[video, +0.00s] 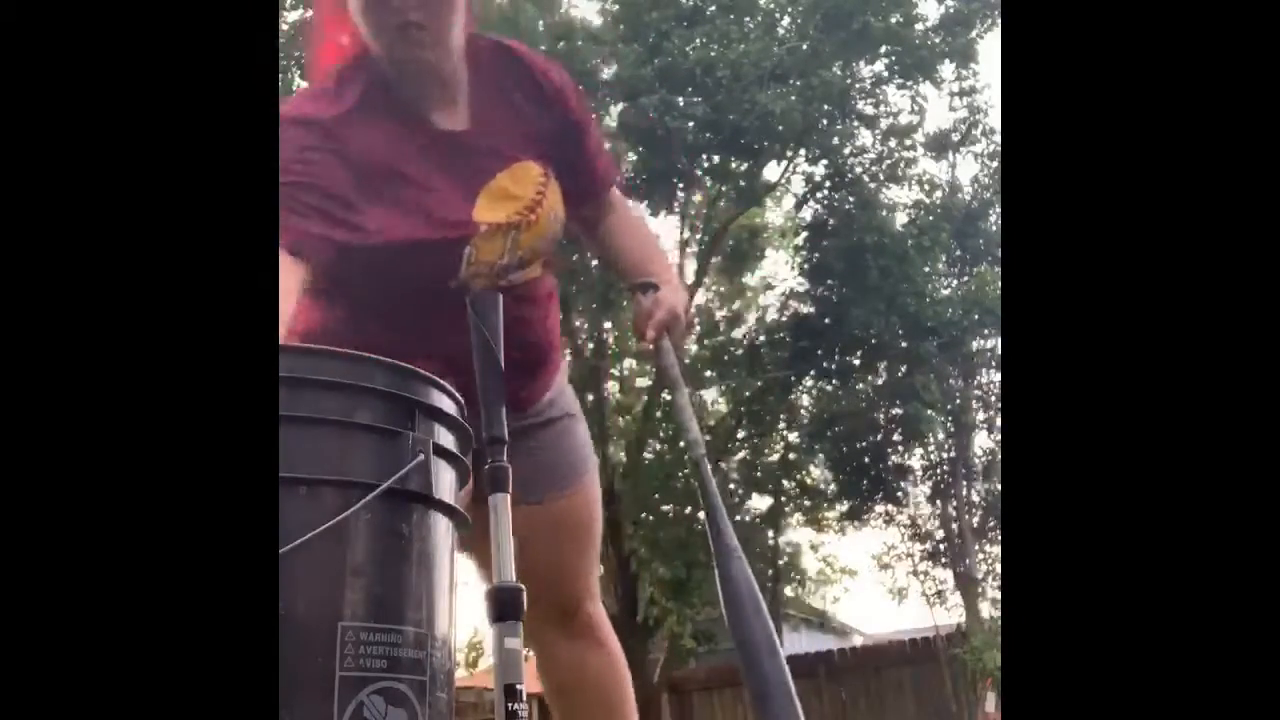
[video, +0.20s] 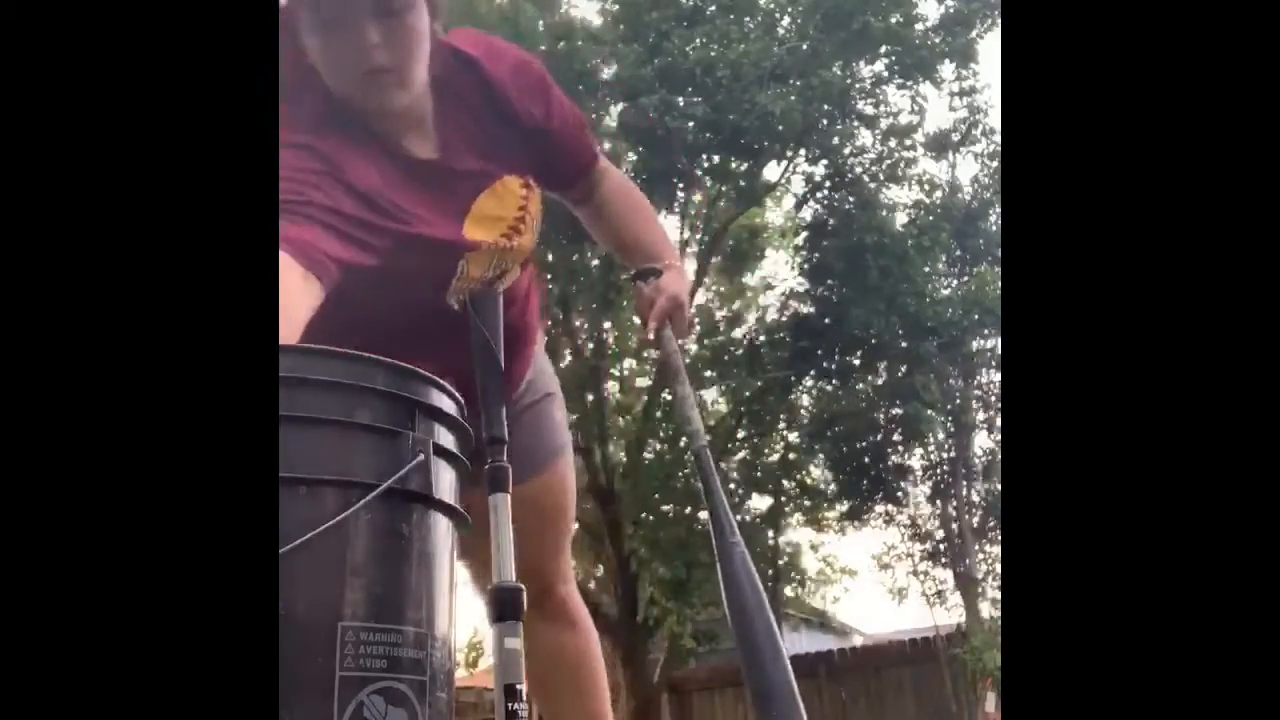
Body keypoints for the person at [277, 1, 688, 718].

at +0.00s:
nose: (410, 7)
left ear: (467, 3)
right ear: (353, 11)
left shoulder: (532, 87)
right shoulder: (310, 130)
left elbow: (601, 207)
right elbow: (285, 275)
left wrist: (660, 278)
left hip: (524, 403)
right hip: (370, 413)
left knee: (574, 617)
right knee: (357, 638)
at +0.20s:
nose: (373, 38)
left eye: (392, 8)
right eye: (337, 16)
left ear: (429, 10)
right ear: (300, 34)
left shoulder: (496, 76)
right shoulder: (309, 156)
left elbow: (591, 184)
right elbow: (283, 296)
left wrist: (663, 264)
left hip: (505, 378)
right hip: (366, 396)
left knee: (547, 593)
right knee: (340, 609)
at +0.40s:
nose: (384, 48)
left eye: (401, 17)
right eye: (347, 29)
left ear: (438, 17)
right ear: (311, 55)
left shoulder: (501, 81)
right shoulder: (313, 166)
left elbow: (590, 186)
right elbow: (285, 289)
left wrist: (665, 265)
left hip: (507, 382)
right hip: (367, 402)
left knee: (555, 595)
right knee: (344, 614)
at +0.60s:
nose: (423, 21)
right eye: (393, 6)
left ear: (474, 3)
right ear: (354, 24)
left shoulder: (535, 92)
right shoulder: (306, 132)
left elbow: (609, 203)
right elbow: (278, 267)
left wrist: (687, 279)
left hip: (522, 402)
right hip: (360, 413)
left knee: (577, 612)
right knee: (338, 630)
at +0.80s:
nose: (426, 26)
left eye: (445, 0)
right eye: (393, 7)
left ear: (481, 11)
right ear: (355, 27)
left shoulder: (533, 101)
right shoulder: (334, 149)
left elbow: (607, 214)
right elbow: (294, 249)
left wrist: (684, 286)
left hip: (531, 404)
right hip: (388, 416)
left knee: (576, 614)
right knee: (369, 634)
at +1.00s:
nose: (394, 61)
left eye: (417, 31)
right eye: (358, 40)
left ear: (455, 25)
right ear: (323, 50)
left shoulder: (517, 110)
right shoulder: (317, 169)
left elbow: (596, 204)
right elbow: (289, 295)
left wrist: (677, 281)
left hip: (510, 395)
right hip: (369, 408)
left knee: (554, 614)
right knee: (350, 627)